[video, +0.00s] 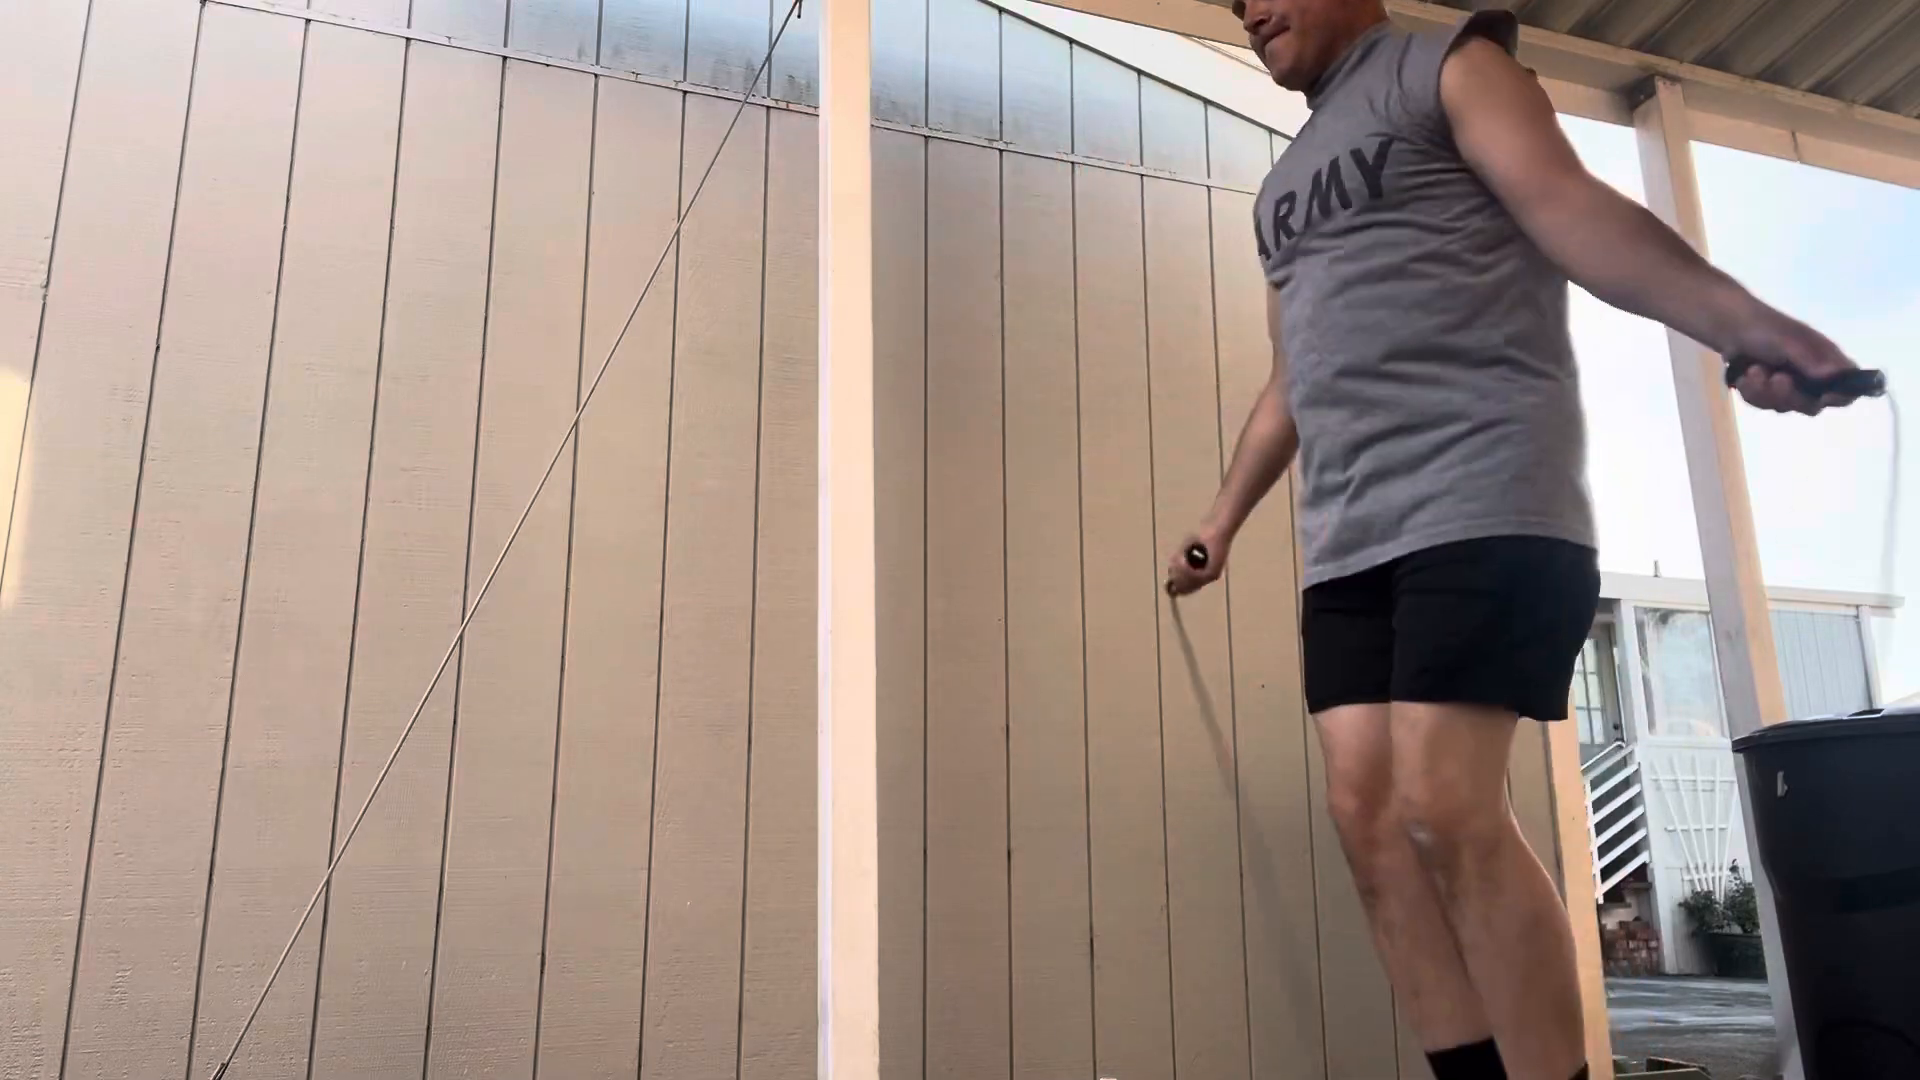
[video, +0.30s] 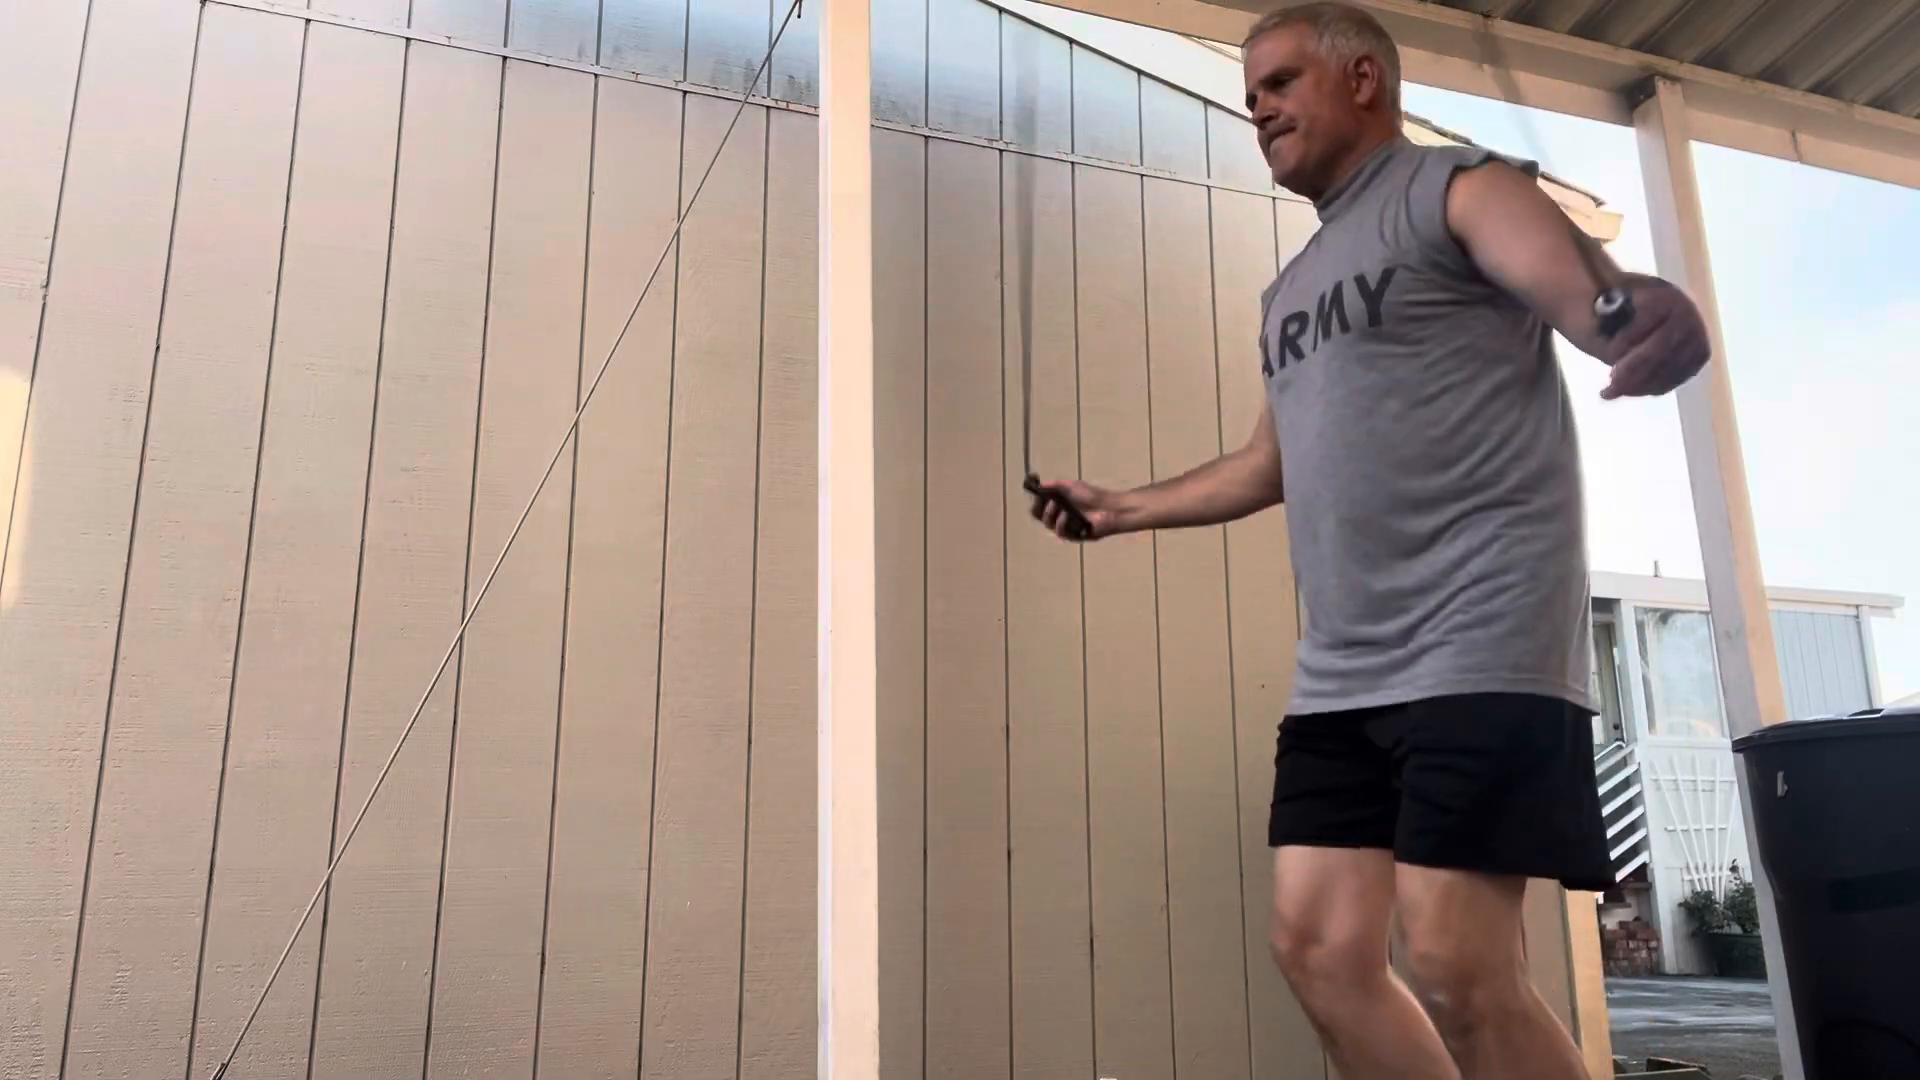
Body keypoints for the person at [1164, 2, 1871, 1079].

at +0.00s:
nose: (1250, 15)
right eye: (1241, 7)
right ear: (1257, 26)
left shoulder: (1446, 60)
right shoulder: (1281, 186)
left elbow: (1567, 205)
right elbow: (1294, 375)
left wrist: (1739, 321)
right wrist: (1223, 512)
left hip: (1488, 479)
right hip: (1344, 520)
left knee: (1449, 809)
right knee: (1368, 818)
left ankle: (1550, 1074)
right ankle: (1472, 1073)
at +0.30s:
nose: (1258, 112)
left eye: (1279, 83)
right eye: (1251, 98)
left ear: (1365, 78)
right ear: (1261, 115)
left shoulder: (1458, 186)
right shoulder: (1291, 287)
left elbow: (1581, 289)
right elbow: (1264, 465)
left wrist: (1654, 323)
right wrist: (1122, 508)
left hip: (1489, 637)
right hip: (1343, 656)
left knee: (1458, 966)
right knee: (1320, 951)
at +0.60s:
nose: (1257, 27)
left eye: (1280, 3)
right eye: (1252, 16)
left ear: (1363, 9)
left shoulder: (1443, 93)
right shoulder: (1282, 212)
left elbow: (1575, 212)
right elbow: (1296, 396)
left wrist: (1740, 238)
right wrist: (1183, 463)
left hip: (1452, 538)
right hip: (1312, 566)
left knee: (1452, 856)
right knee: (1363, 867)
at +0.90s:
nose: (1258, 3)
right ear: (1271, 25)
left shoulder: (1424, 64)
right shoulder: (1272, 174)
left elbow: (1530, 200)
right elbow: (1274, 378)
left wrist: (1673, 299)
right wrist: (1198, 520)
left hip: (1431, 505)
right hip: (1300, 533)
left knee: (1448, 828)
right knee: (1348, 832)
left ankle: (1533, 1068)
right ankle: (1445, 1067)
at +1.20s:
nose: (1228, 70)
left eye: (1252, 41)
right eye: (1223, 54)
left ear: (1332, 48)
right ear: (1234, 80)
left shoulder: (1407, 155)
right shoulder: (1256, 262)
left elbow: (1547, 292)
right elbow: (1261, 456)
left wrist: (1582, 369)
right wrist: (1114, 506)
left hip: (1426, 605)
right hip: (1299, 632)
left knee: (1404, 925)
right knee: (1306, 919)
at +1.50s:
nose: (1218, 17)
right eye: (1216, 7)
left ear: (1325, 3)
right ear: (1235, 32)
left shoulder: (1399, 87)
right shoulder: (1249, 198)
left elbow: (1518, 210)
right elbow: (1265, 394)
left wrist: (1627, 276)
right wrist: (1147, 462)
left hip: (1411, 546)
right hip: (1281, 565)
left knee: (1412, 873)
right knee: (1330, 869)